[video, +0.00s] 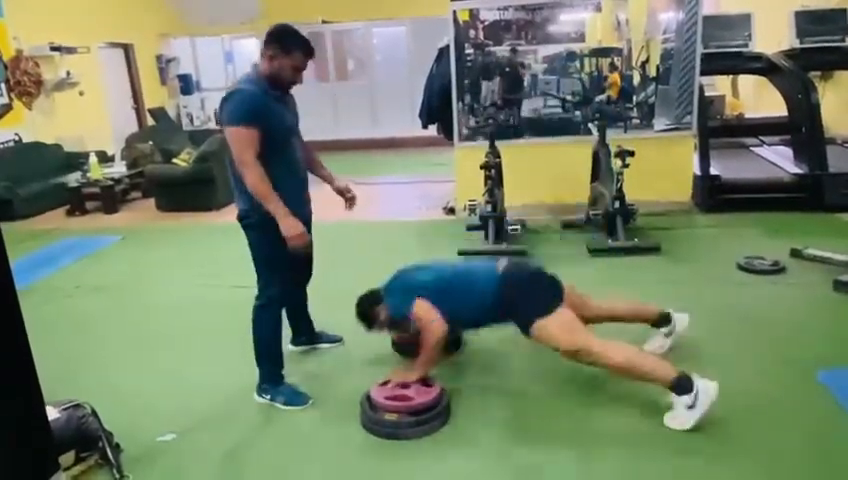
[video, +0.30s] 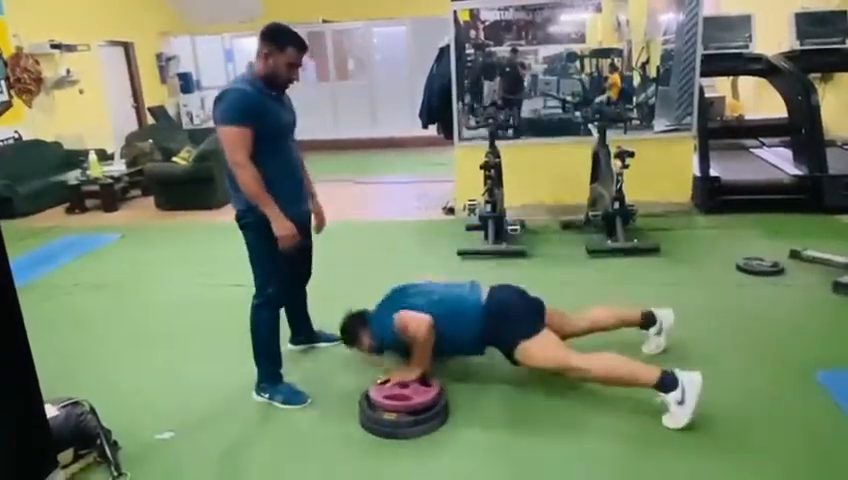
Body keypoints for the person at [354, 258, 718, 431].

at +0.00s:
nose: (391, 329)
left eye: (385, 326)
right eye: (384, 327)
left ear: (382, 312)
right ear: (380, 297)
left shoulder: (400, 297)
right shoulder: (406, 279)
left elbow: (437, 327)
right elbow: (448, 327)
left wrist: (417, 371)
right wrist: (429, 345)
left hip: (518, 295)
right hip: (520, 273)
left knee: (587, 349)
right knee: (588, 309)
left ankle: (687, 387)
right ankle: (666, 318)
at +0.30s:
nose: (367, 352)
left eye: (363, 347)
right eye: (363, 348)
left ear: (365, 336)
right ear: (369, 317)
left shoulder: (386, 323)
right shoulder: (395, 297)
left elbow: (424, 326)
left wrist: (416, 369)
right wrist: (417, 355)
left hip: (500, 322)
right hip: (501, 294)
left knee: (573, 364)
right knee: (571, 324)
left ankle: (673, 383)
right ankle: (653, 318)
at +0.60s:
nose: (370, 270)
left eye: (366, 266)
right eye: (365, 266)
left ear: (368, 254)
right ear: (376, 239)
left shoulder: (395, 263)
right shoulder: (408, 236)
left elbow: (413, 322)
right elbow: (419, 303)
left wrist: (415, 368)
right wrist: (419, 343)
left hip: (488, 330)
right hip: (494, 305)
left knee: (560, 370)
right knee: (557, 334)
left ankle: (658, 384)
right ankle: (638, 320)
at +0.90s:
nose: (392, 282)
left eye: (386, 279)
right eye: (387, 278)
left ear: (384, 265)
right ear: (387, 249)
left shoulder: (408, 257)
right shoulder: (415, 241)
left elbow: (416, 322)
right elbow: (423, 300)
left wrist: (414, 369)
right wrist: (412, 336)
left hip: (522, 284)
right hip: (524, 269)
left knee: (579, 352)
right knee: (583, 315)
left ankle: (683, 387)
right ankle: (655, 323)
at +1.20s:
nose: (451, 299)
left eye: (450, 295)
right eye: (449, 296)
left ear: (455, 289)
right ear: (454, 266)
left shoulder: (479, 278)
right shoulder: (473, 259)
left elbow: (452, 339)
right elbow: (460, 303)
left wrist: (413, 373)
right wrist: (422, 322)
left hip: (595, 281)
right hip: (584, 262)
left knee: (530, 329)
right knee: (533, 307)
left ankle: (595, 378)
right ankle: (586, 347)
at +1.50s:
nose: (479, 246)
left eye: (475, 241)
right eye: (475, 243)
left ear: (482, 231)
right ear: (487, 218)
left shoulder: (508, 235)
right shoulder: (507, 222)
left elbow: (502, 309)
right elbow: (502, 287)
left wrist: (466, 355)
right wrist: (474, 321)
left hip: (618, 270)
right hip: (609, 256)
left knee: (546, 314)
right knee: (538, 288)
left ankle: (595, 382)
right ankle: (587, 353)